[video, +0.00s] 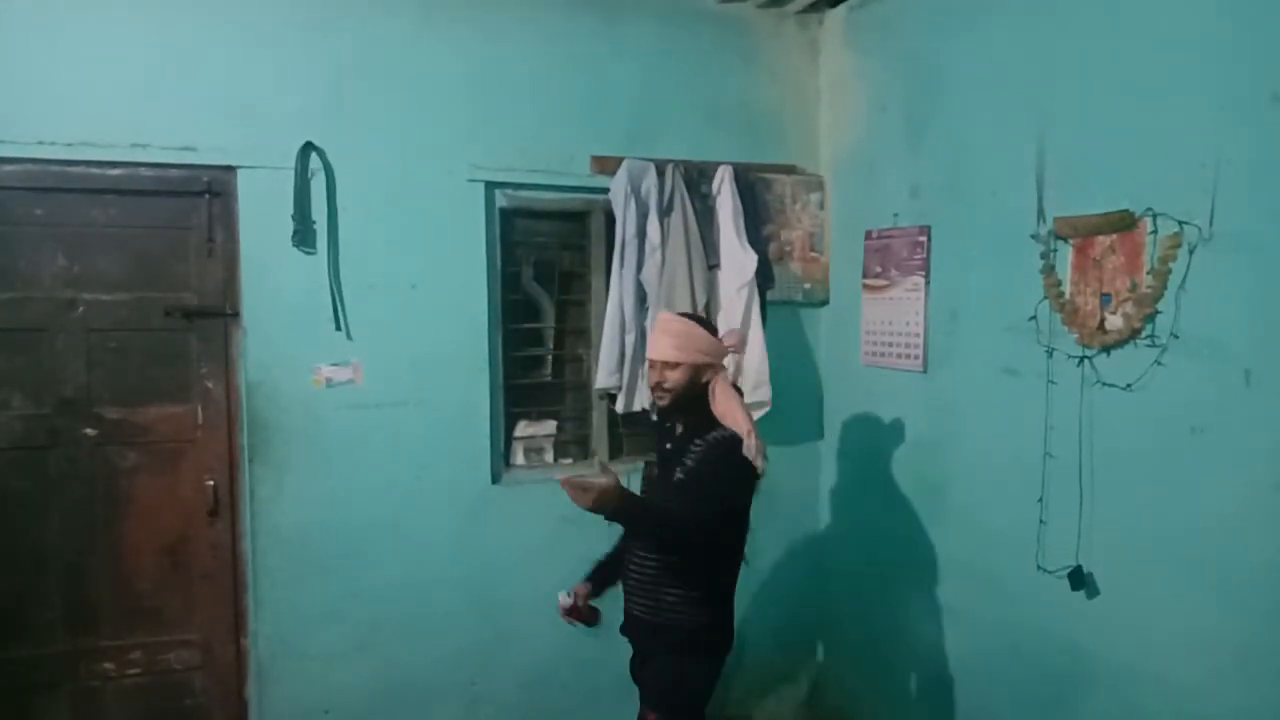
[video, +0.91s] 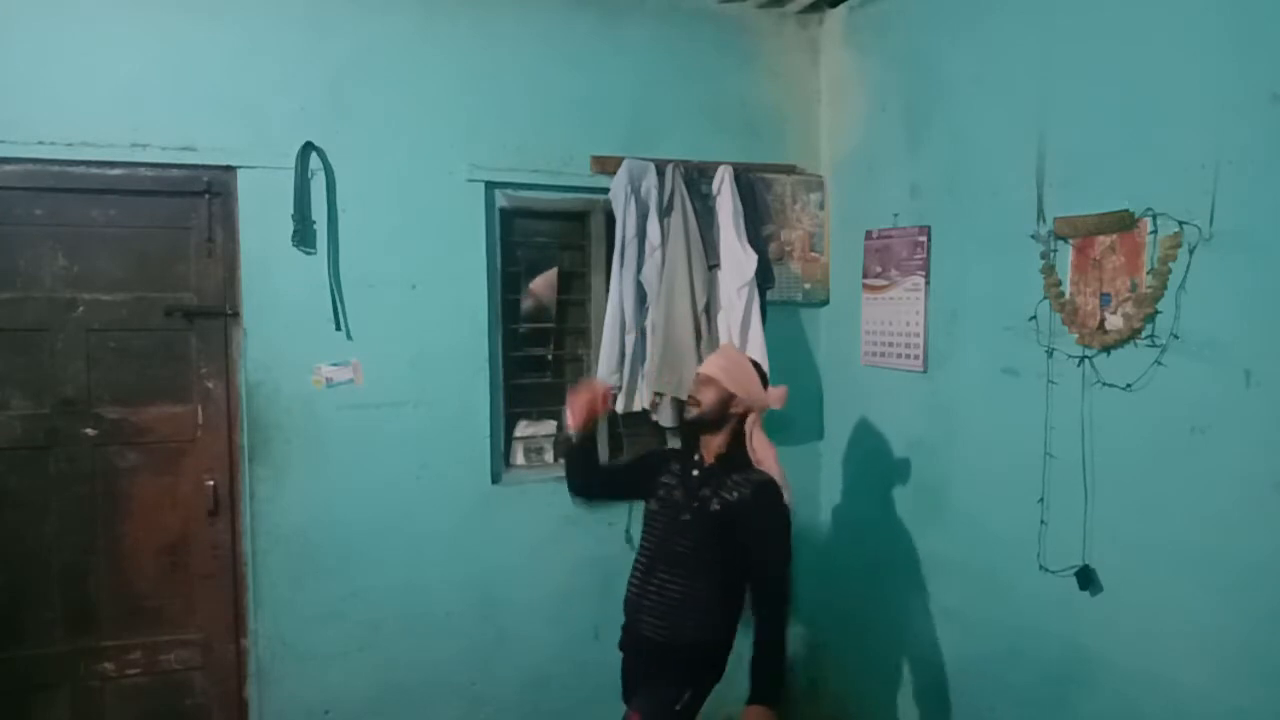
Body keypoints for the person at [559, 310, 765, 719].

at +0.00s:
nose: (657, 379)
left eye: (671, 367)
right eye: (652, 365)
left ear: (706, 373)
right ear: (645, 366)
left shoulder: (726, 450)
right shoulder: (671, 435)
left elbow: (694, 537)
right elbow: (649, 528)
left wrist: (622, 505)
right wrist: (593, 584)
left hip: (690, 634)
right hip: (651, 626)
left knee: (673, 712)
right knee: (655, 709)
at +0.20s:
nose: (639, 392)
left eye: (652, 381)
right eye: (636, 380)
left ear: (688, 381)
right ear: (632, 377)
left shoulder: (727, 449)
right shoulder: (660, 436)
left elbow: (742, 548)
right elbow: (628, 508)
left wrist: (678, 489)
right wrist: (594, 536)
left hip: (701, 630)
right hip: (654, 622)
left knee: (662, 710)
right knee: (673, 708)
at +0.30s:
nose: (643, 404)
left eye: (657, 392)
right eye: (639, 391)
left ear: (692, 389)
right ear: (634, 387)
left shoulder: (734, 462)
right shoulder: (655, 451)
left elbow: (747, 565)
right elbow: (624, 517)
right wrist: (592, 555)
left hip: (708, 634)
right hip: (656, 626)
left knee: (678, 709)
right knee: (664, 705)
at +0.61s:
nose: (667, 391)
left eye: (681, 381)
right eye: (667, 379)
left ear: (715, 389)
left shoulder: (748, 460)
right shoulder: (669, 447)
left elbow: (754, 552)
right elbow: (626, 517)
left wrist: (670, 515)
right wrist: (597, 505)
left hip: (721, 631)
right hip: (671, 622)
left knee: (667, 710)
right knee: (669, 708)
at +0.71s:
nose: (671, 380)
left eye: (685, 372)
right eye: (673, 368)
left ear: (718, 387)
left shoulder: (749, 467)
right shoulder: (668, 453)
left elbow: (749, 573)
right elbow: (645, 531)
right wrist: (613, 537)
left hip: (718, 631)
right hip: (666, 622)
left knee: (689, 711)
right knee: (662, 710)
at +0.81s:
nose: (687, 384)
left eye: (702, 377)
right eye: (690, 373)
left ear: (733, 396)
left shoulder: (753, 478)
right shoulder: (669, 463)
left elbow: (742, 589)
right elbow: (617, 538)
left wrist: (741, 691)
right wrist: (595, 517)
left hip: (709, 646)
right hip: (653, 639)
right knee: (653, 707)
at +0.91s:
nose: (692, 391)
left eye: (707, 384)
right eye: (695, 381)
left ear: (738, 404)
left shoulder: (759, 495)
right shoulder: (665, 466)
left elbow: (771, 607)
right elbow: (586, 484)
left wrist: (763, 698)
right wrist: (582, 431)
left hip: (692, 656)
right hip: (638, 643)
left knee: (645, 711)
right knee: (641, 711)